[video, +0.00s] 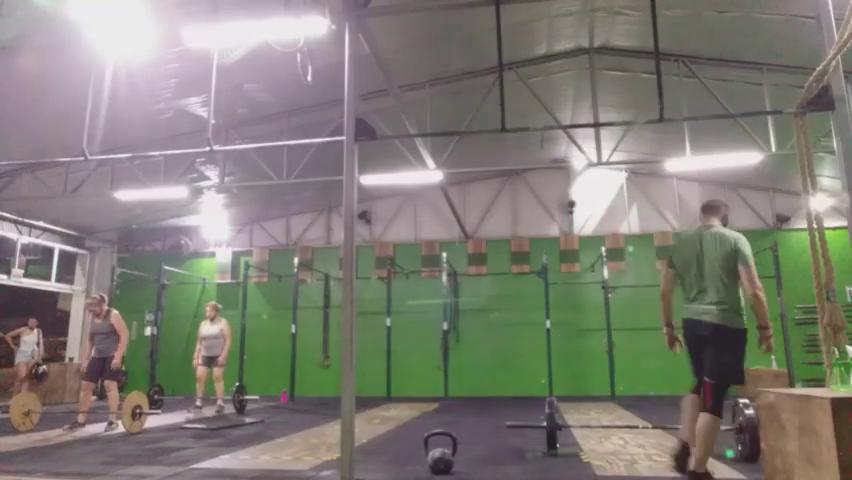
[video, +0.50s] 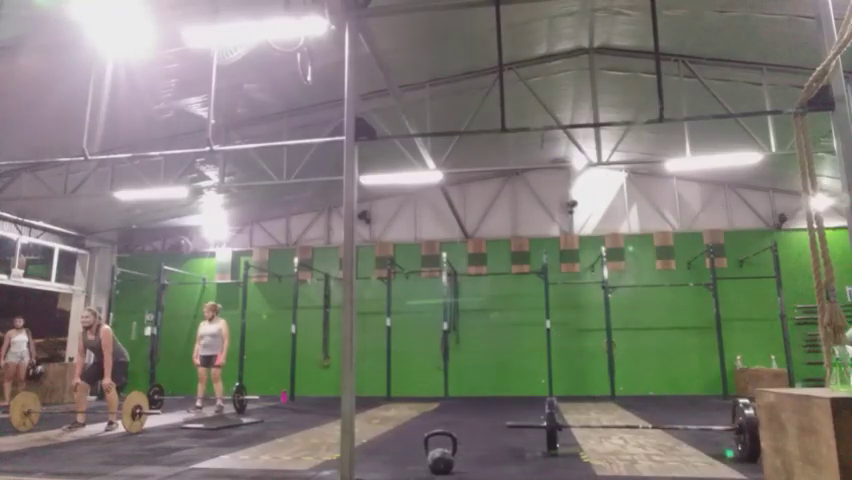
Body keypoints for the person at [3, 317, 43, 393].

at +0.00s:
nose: (33, 324)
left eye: (35, 322)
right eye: (31, 321)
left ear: (37, 323)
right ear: (28, 322)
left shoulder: (38, 331)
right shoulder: (23, 330)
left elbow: (41, 344)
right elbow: (7, 336)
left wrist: (40, 355)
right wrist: (14, 347)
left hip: (32, 355)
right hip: (22, 354)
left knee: (27, 376)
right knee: (22, 376)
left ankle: (23, 395)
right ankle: (15, 395)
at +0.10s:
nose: (32, 324)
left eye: (33, 322)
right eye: (30, 322)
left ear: (35, 323)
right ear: (27, 322)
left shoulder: (38, 331)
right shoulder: (22, 330)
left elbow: (41, 344)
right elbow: (8, 336)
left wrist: (40, 356)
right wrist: (12, 349)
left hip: (33, 355)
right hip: (22, 354)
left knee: (28, 376)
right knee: (22, 375)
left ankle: (23, 396)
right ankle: (14, 395)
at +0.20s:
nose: (31, 324)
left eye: (33, 322)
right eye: (30, 322)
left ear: (35, 323)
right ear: (27, 322)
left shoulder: (38, 331)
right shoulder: (22, 330)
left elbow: (41, 343)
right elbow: (8, 339)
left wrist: (41, 354)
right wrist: (8, 352)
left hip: (32, 355)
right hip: (22, 354)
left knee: (28, 376)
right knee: (21, 375)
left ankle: (23, 395)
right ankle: (14, 395)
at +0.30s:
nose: (29, 324)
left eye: (31, 322)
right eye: (28, 322)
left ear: (33, 323)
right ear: (25, 322)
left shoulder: (36, 331)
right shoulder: (20, 331)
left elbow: (40, 344)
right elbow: (13, 343)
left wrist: (41, 356)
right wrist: (9, 356)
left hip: (31, 356)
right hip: (20, 355)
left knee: (27, 377)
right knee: (19, 376)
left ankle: (23, 396)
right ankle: (11, 396)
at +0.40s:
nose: (23, 323)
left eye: (25, 321)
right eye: (21, 321)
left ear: (28, 322)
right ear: (19, 322)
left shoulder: (31, 331)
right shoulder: (15, 332)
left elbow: (36, 344)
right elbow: (9, 344)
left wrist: (37, 357)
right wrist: (7, 356)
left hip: (28, 356)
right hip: (16, 356)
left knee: (24, 378)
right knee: (11, 378)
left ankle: (21, 398)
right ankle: (8, 399)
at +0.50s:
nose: (18, 323)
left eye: (20, 321)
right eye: (16, 321)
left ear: (23, 322)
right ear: (14, 323)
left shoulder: (27, 332)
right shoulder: (10, 333)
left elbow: (31, 345)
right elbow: (5, 346)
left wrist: (33, 358)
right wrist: (2, 358)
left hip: (24, 357)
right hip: (11, 357)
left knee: (22, 379)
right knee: (8, 379)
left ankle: (22, 399)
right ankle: (7, 400)